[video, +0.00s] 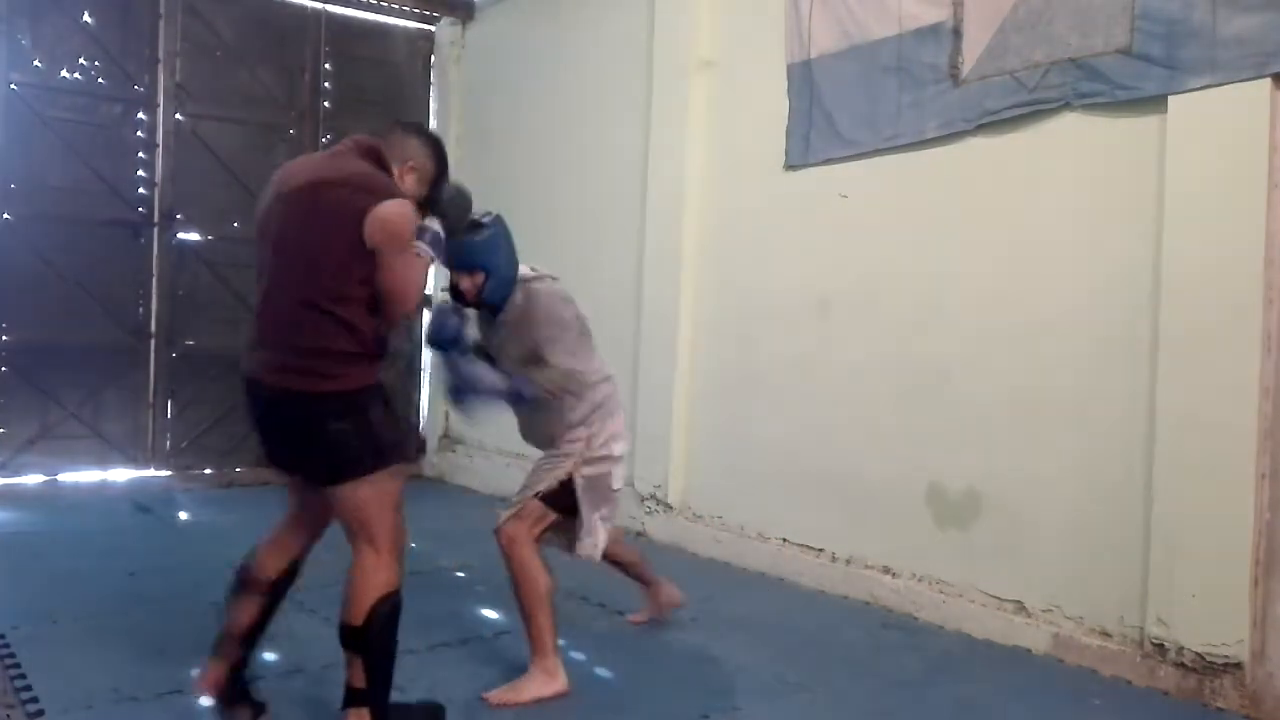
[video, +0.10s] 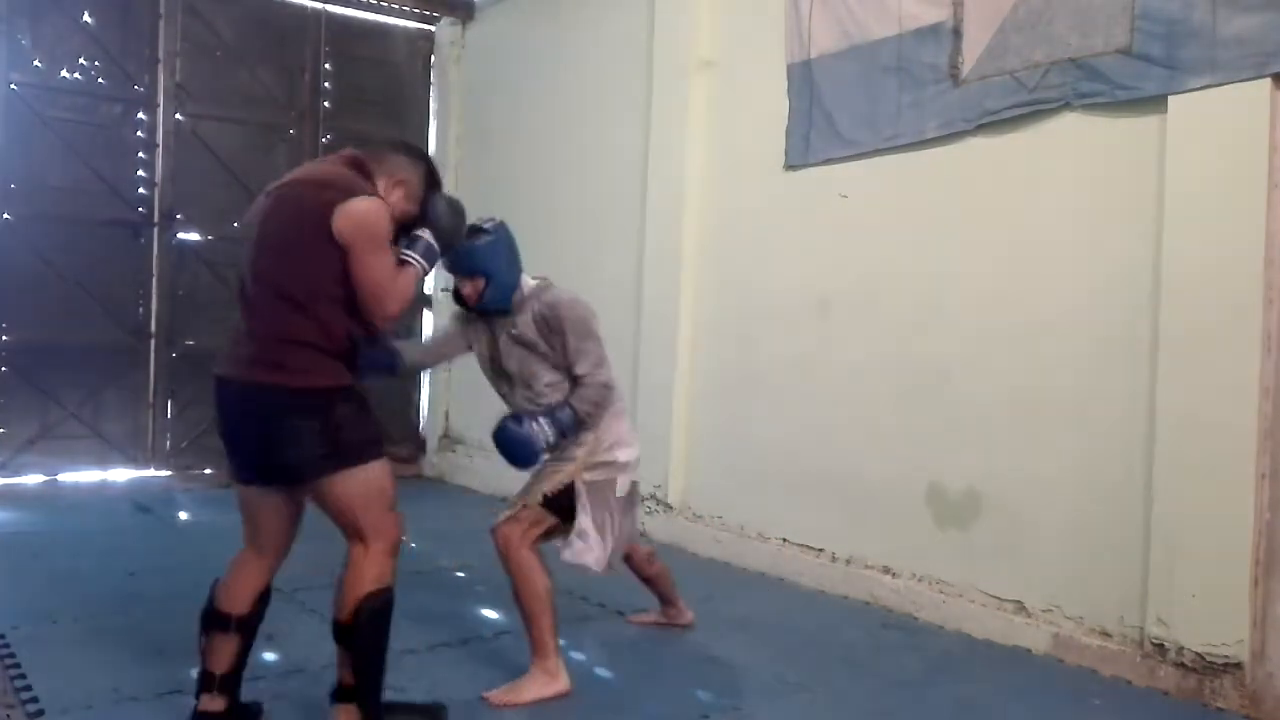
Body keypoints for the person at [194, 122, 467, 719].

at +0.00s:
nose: (416, 198)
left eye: (422, 193)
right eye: (420, 191)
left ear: (375, 148)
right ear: (407, 169)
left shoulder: (291, 175)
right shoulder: (389, 206)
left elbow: (289, 258)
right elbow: (402, 303)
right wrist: (420, 249)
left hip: (273, 387)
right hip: (341, 395)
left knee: (306, 515)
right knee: (378, 544)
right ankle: (365, 704)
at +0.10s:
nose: (400, 224)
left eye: (407, 217)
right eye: (407, 213)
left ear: (365, 165)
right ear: (394, 186)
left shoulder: (281, 194)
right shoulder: (360, 207)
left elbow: (302, 293)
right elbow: (385, 306)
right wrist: (425, 246)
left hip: (247, 391)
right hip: (314, 396)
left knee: (262, 543)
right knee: (377, 534)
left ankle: (214, 698)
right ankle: (356, 701)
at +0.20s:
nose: (386, 220)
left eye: (393, 214)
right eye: (394, 209)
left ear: (360, 160)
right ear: (383, 178)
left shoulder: (273, 187)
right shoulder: (350, 191)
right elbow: (381, 300)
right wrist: (417, 245)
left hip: (237, 382)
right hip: (303, 387)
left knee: (256, 536)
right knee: (362, 536)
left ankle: (212, 695)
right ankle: (290, 702)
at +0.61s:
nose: (338, 214)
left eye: (343, 207)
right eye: (343, 203)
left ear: (315, 164)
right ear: (331, 178)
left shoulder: (243, 193)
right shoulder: (292, 201)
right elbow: (344, 295)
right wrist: (377, 239)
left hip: (215, 394)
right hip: (269, 399)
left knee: (236, 520)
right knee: (306, 553)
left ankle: (147, 651)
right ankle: (270, 705)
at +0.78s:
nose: (284, 206)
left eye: (288, 197)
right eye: (284, 192)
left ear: (240, 171)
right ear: (261, 175)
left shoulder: (194, 210)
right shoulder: (234, 211)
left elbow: (274, 277)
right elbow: (306, 282)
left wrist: (313, 229)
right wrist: (333, 231)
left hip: (191, 405)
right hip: (238, 407)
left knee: (212, 531)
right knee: (260, 555)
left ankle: (123, 658)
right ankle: (259, 704)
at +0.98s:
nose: (250, 146)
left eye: (251, 137)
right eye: (245, 133)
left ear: (201, 130)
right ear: (217, 126)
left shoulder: (170, 173)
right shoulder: (213, 165)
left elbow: (199, 262)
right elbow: (215, 228)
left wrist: (264, 235)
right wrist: (264, 284)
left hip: (165, 349)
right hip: (204, 350)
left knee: (191, 491)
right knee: (215, 491)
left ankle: (125, 623)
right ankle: (149, 647)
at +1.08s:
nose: (246, 142)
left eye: (246, 132)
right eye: (241, 130)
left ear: (193, 128)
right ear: (216, 126)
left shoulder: (164, 171)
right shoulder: (211, 165)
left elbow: (164, 252)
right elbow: (193, 227)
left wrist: (241, 259)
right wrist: (248, 281)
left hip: (156, 341)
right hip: (194, 345)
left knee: (175, 479)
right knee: (192, 482)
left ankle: (120, 604)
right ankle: (115, 627)